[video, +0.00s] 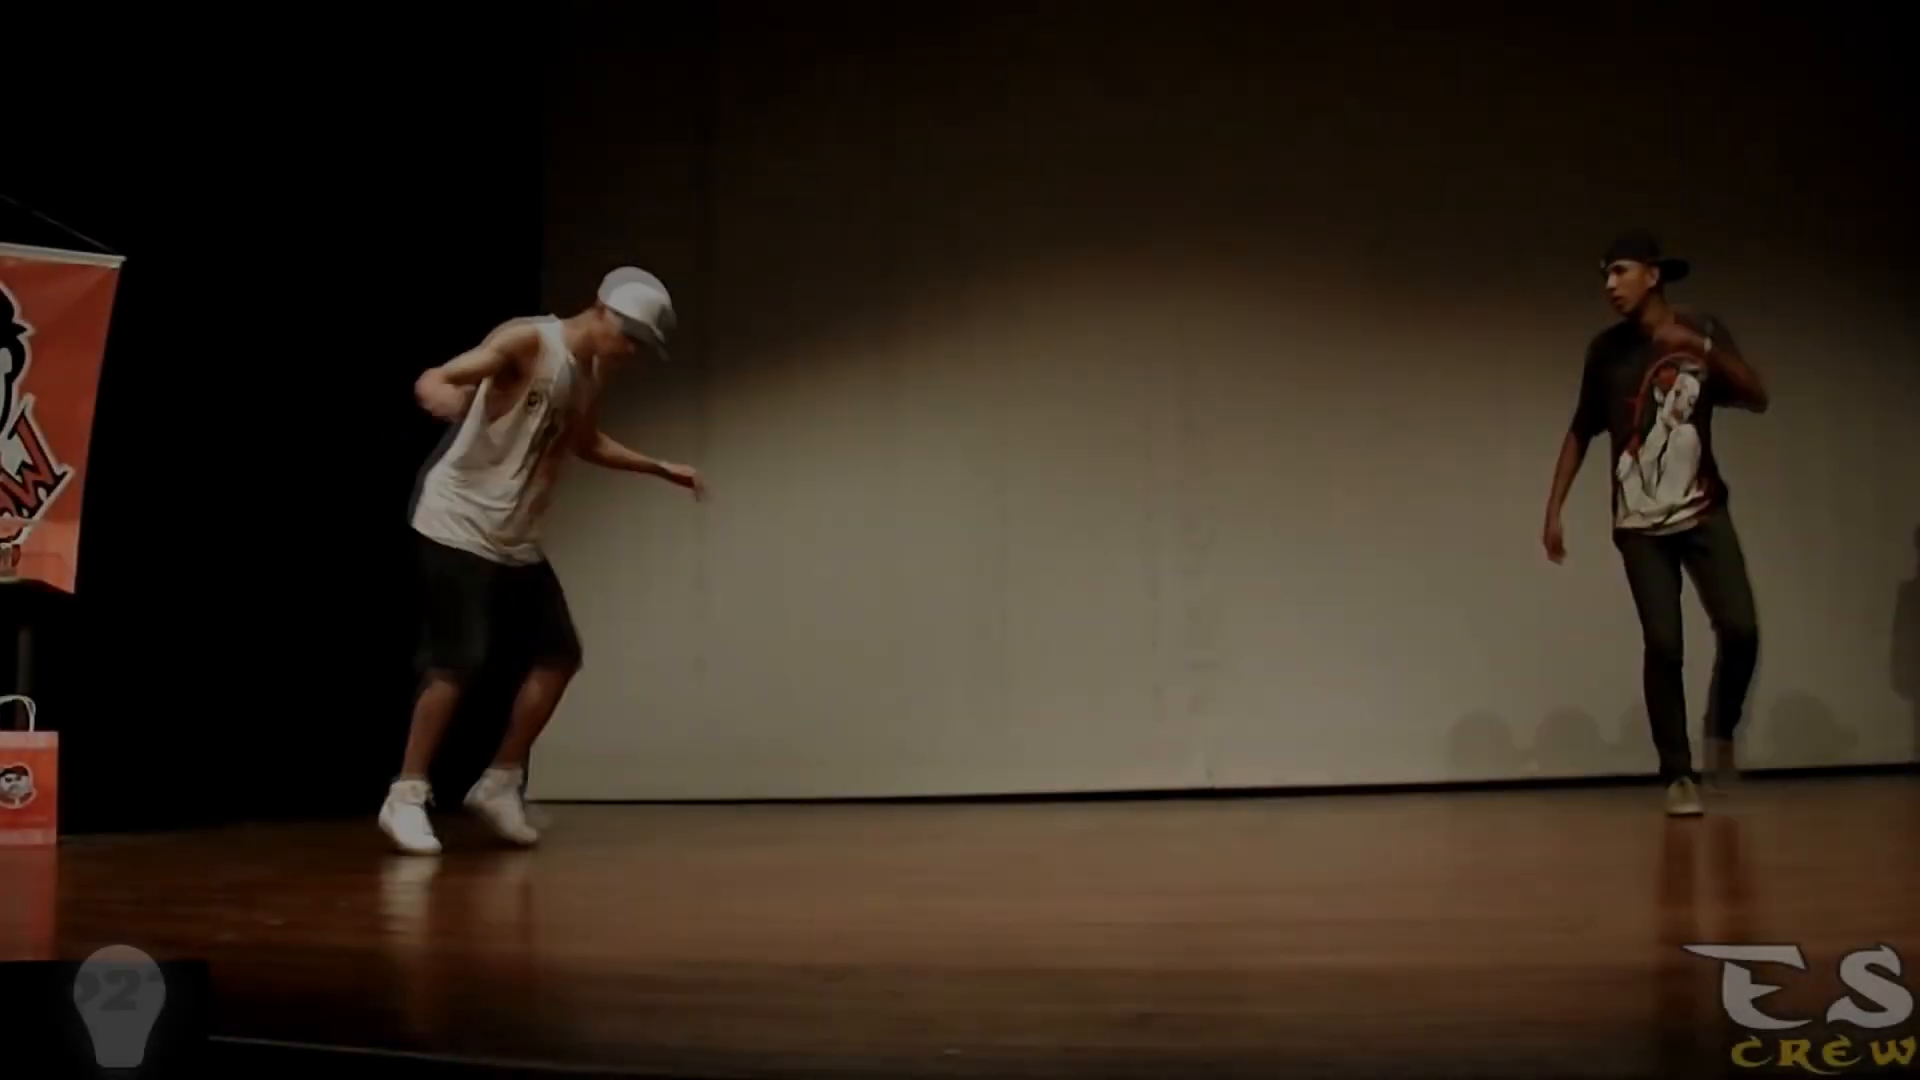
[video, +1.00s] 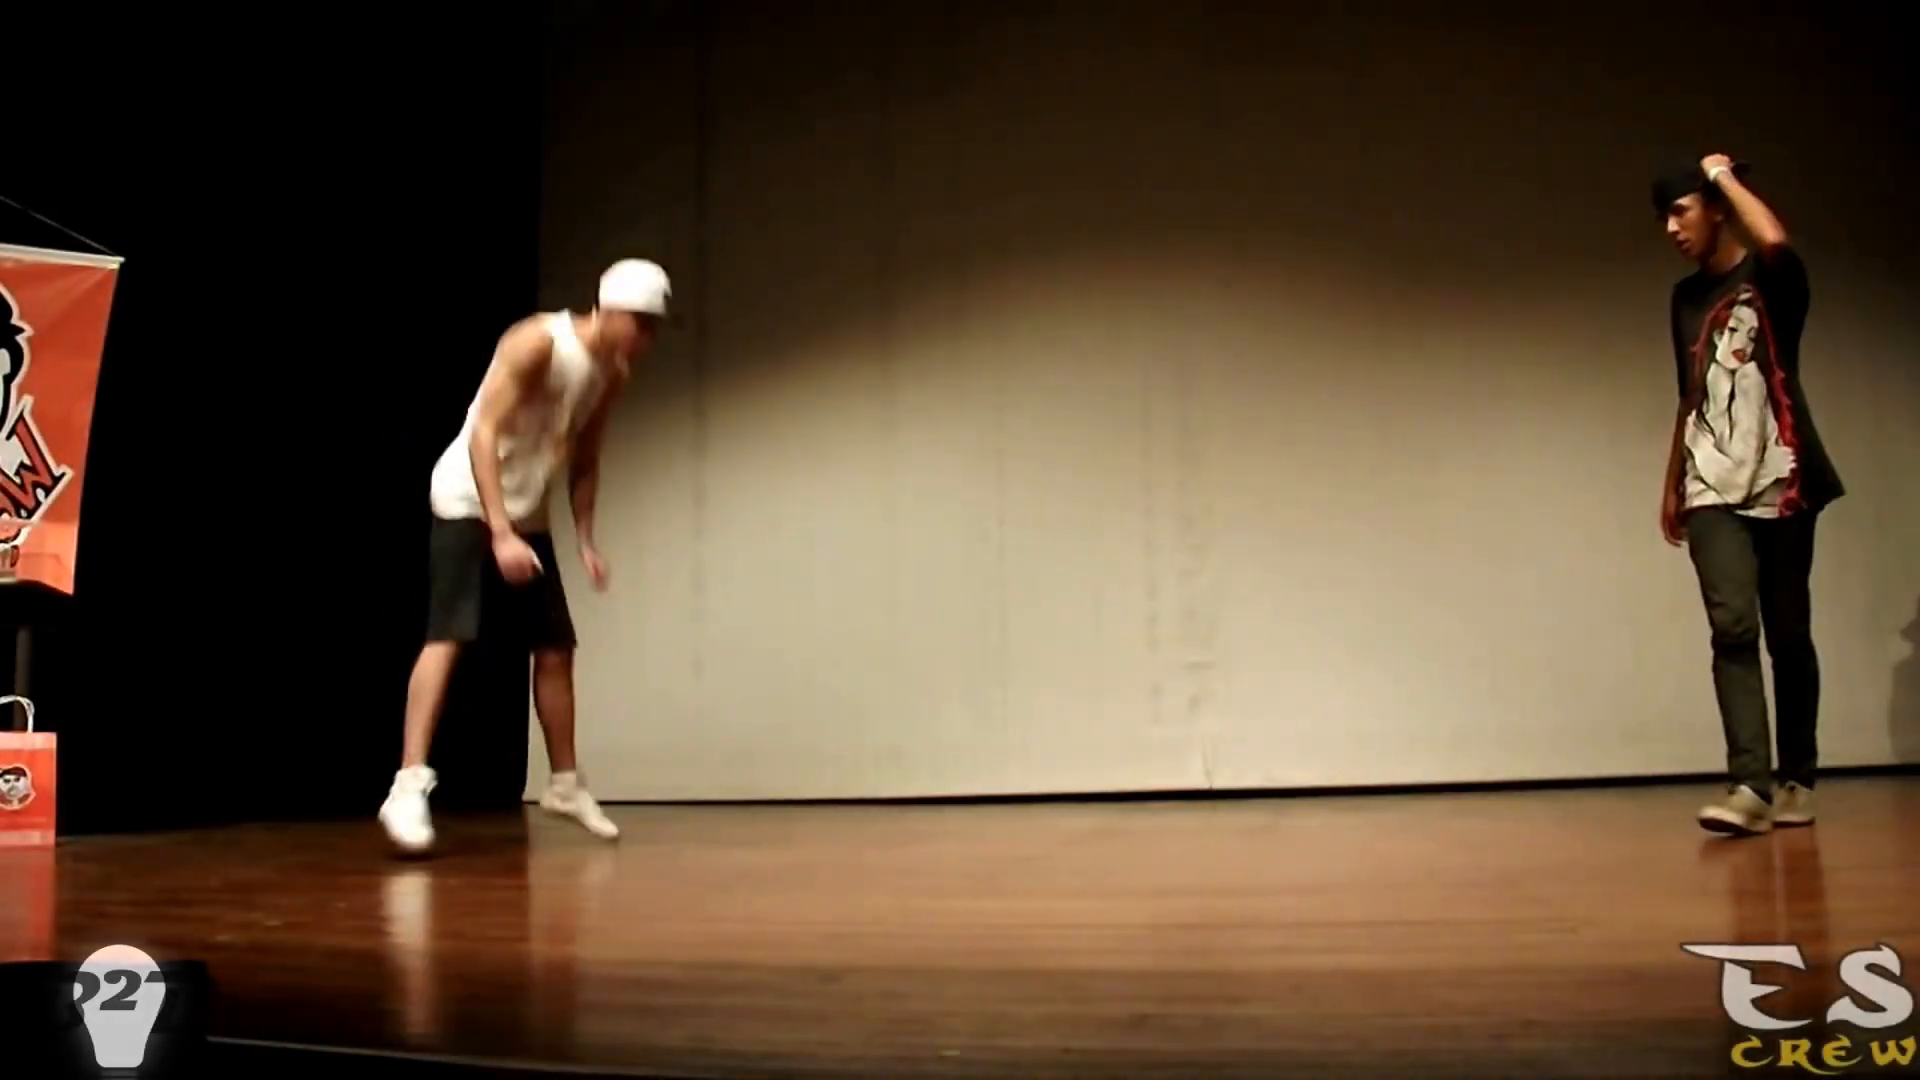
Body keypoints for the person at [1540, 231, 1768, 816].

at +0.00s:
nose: (1610, 284)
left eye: (1621, 272)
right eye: (1608, 274)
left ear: (1654, 277)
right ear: (1617, 284)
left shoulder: (1701, 335)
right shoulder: (1606, 349)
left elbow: (1756, 397)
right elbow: (1581, 431)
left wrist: (1700, 350)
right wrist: (1552, 510)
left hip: (1702, 513)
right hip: (1640, 524)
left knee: (1740, 631)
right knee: (1664, 646)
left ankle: (1720, 735)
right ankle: (1677, 776)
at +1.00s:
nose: (1671, 230)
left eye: (1680, 215)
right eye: (1666, 218)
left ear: (1717, 210)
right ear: (1673, 225)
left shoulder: (1775, 279)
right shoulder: (1687, 295)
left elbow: (1775, 246)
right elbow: (1688, 402)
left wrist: (1728, 181)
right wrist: (1672, 486)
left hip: (1782, 483)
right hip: (1711, 486)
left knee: (1788, 636)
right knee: (1732, 629)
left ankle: (1797, 783)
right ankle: (1750, 785)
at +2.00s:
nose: (1619, 150)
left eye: (1630, 135)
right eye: (1619, 139)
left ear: (1674, 135)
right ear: (1662, 144)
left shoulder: (1731, 188)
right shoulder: (1666, 228)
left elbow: (1641, 208)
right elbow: (1640, 343)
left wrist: (1521, 184)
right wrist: (1533, 363)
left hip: (1769, 438)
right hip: (1701, 444)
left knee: (1809, 615)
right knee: (1647, 604)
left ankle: (1875, 801)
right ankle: (1682, 796)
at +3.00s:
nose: (1225, 576)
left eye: (1229, 558)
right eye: (1226, 560)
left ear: (1257, 556)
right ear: (1291, 551)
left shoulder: (1293, 593)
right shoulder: (1347, 583)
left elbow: (1283, 732)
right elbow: (1377, 732)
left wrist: (1222, 837)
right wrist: (1321, 802)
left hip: (1431, 725)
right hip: (1480, 735)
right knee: (1349, 827)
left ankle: (1310, 828)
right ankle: (1501, 809)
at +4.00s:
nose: (1383, 175)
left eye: (1395, 161)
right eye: (1386, 163)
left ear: (1434, 163)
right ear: (1443, 165)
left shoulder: (1440, 214)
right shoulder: (1480, 218)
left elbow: (1445, 342)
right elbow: (1480, 351)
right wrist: (1440, 459)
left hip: (1471, 467)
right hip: (1501, 467)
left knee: (1421, 621)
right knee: (1465, 630)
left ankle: (1396, 813)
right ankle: (1529, 809)